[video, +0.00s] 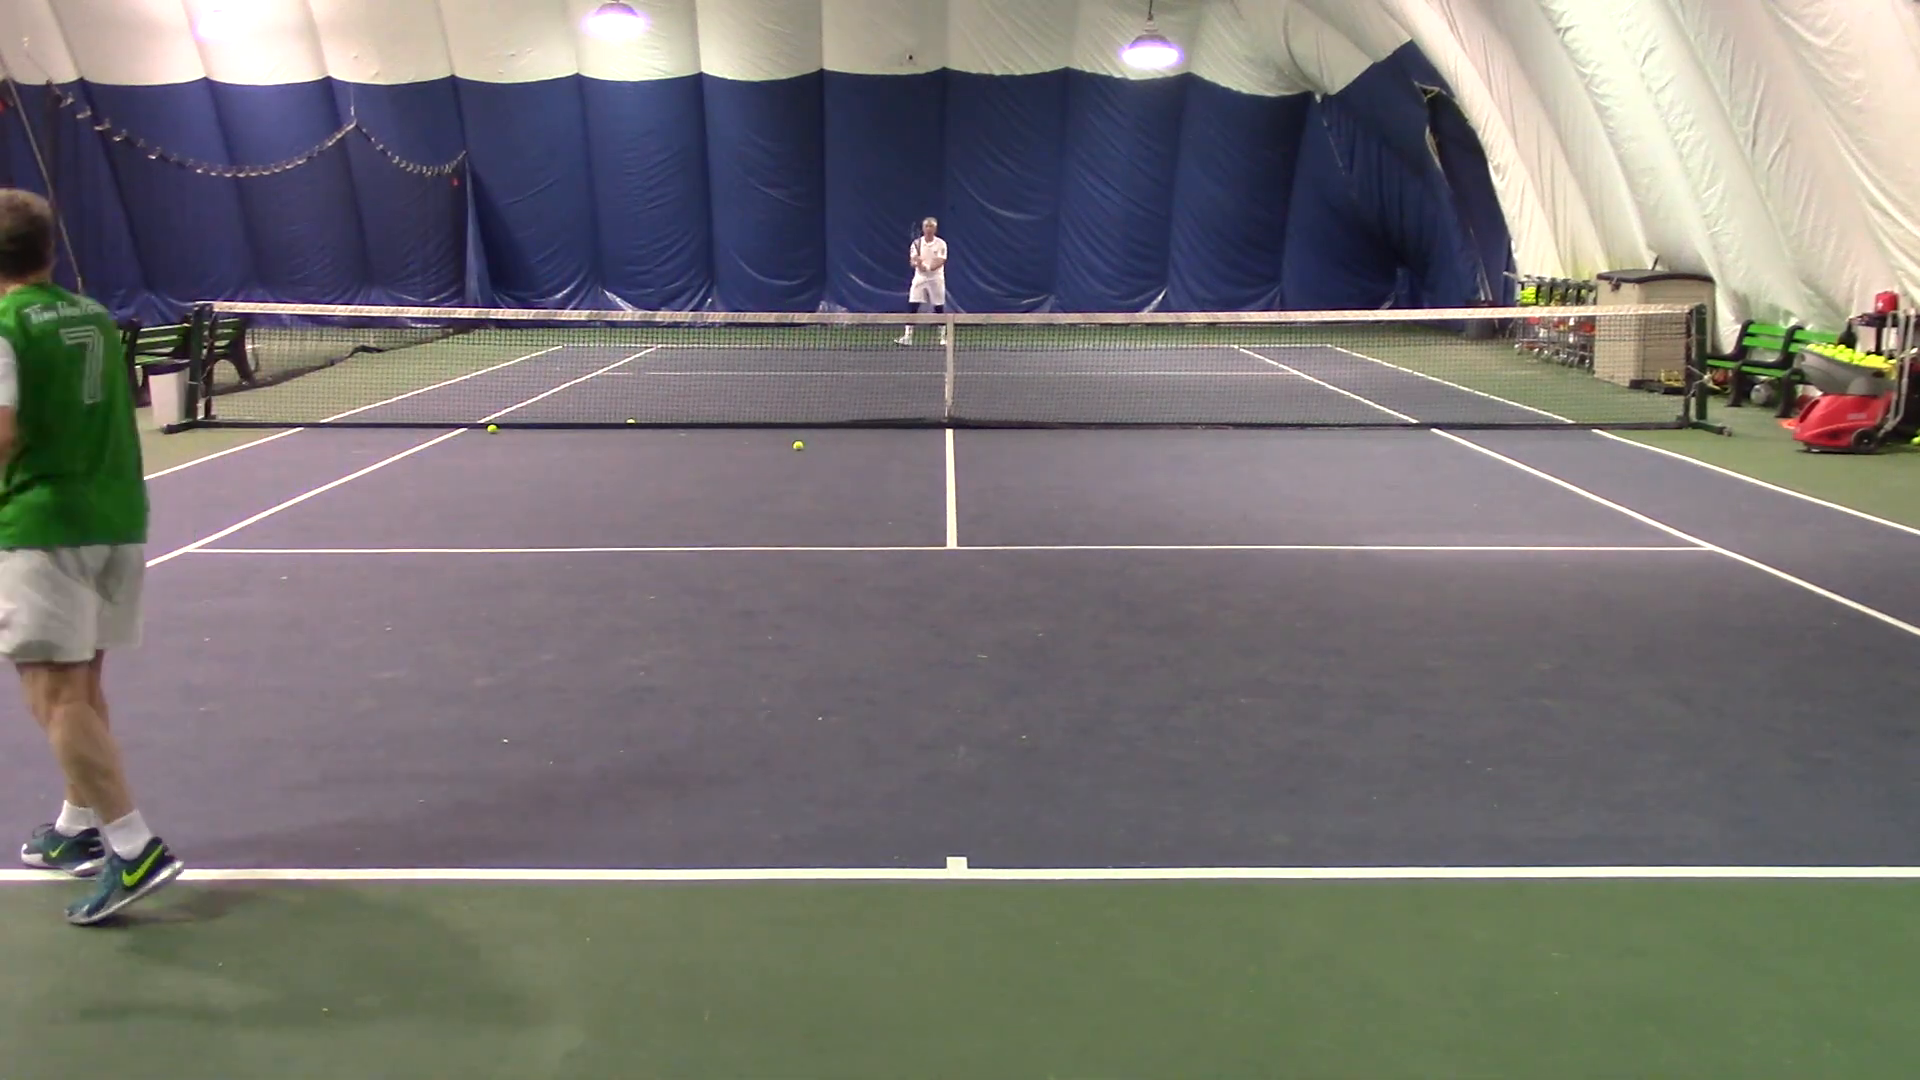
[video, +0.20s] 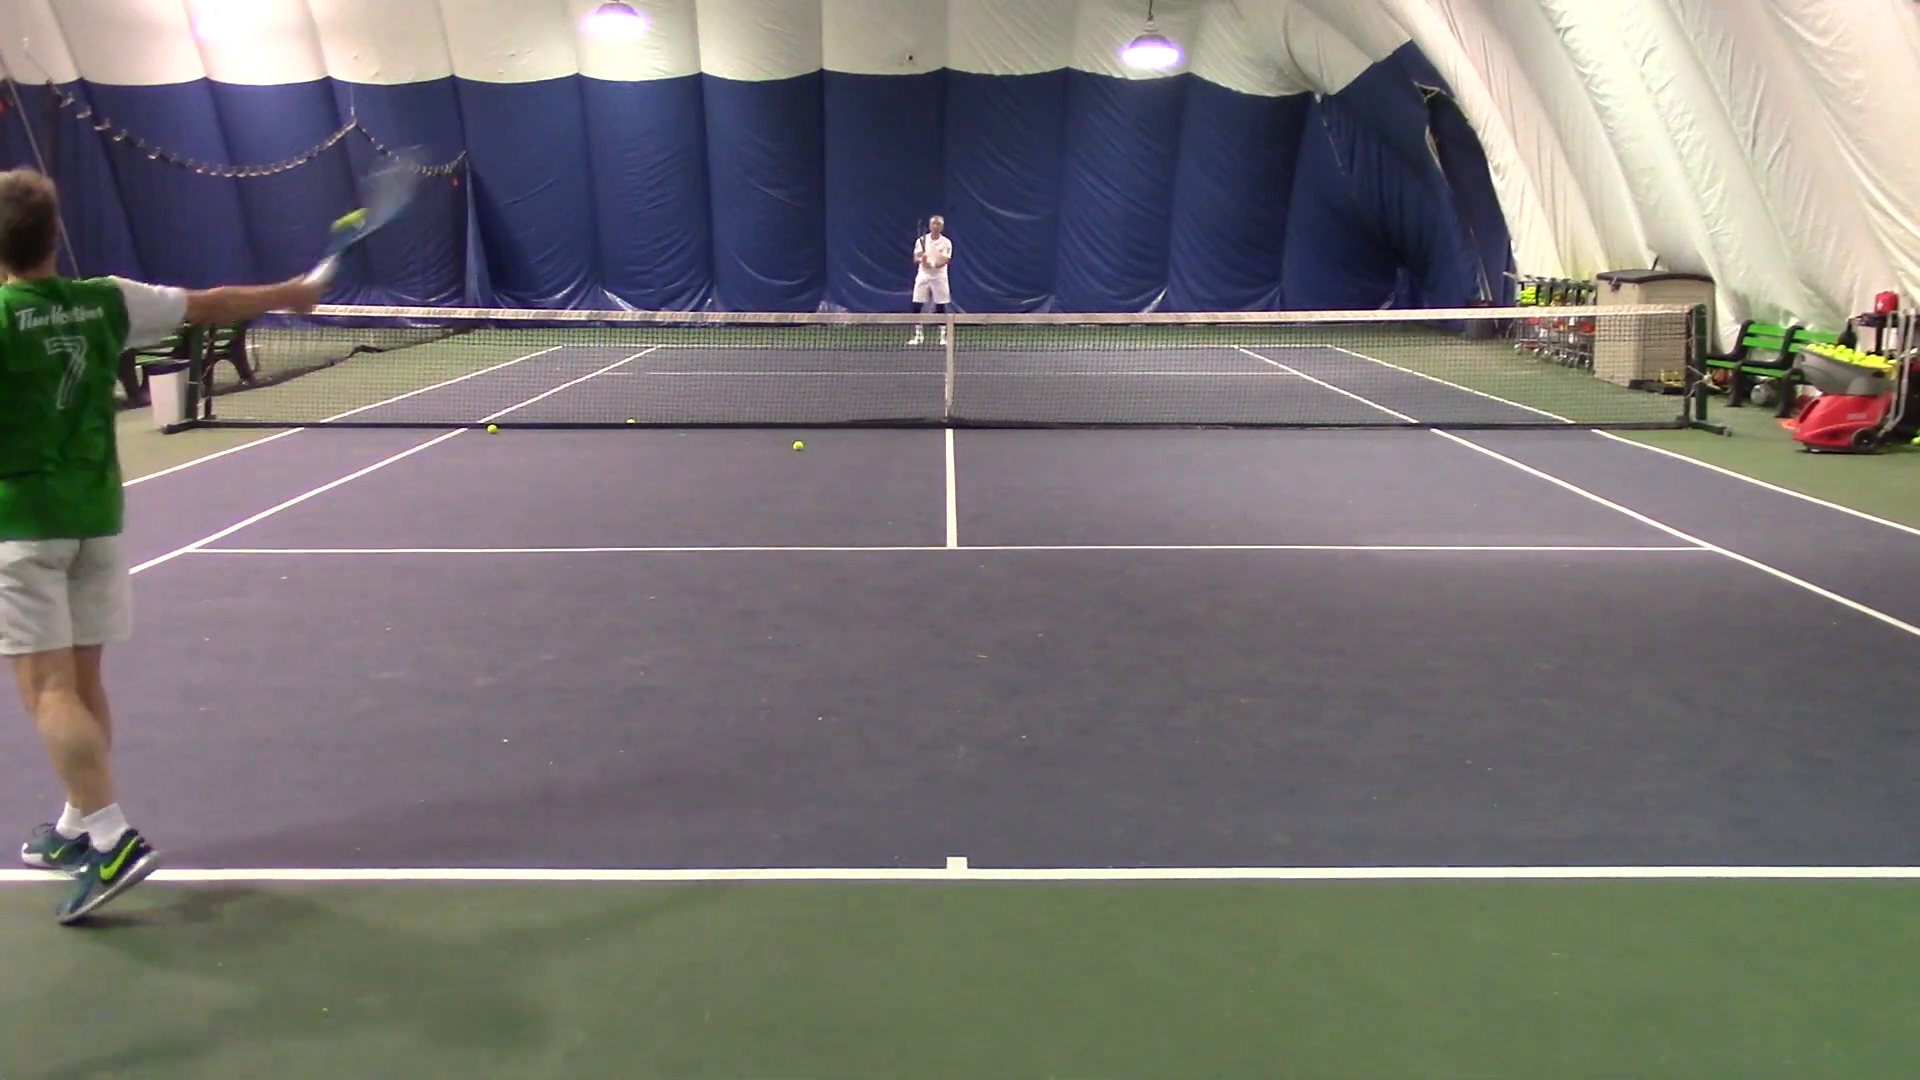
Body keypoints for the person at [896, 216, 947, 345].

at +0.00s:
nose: (928, 229)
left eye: (931, 226)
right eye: (926, 226)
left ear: (935, 229)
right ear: (923, 228)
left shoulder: (941, 244)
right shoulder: (916, 243)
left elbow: (942, 259)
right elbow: (913, 259)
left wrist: (931, 267)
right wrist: (919, 263)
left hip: (936, 279)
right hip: (919, 278)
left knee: (939, 307)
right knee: (912, 305)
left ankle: (942, 335)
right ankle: (908, 335)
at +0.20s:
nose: (935, 227)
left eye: (938, 224)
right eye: (934, 224)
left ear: (942, 227)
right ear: (930, 225)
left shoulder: (946, 242)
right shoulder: (921, 240)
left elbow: (946, 258)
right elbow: (915, 258)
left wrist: (936, 263)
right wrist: (921, 257)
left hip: (939, 277)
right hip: (923, 276)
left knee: (940, 306)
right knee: (917, 304)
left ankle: (942, 334)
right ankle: (918, 334)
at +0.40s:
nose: (935, 228)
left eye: (937, 225)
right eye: (933, 225)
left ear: (941, 227)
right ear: (929, 226)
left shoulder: (946, 243)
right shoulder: (921, 241)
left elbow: (947, 259)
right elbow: (916, 258)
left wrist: (938, 264)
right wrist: (923, 261)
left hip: (939, 277)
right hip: (924, 277)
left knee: (941, 306)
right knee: (921, 305)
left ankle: (943, 333)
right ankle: (923, 332)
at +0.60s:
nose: (932, 231)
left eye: (935, 229)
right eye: (930, 229)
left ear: (938, 230)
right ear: (927, 229)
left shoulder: (945, 244)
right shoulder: (919, 244)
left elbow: (947, 261)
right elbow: (916, 261)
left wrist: (938, 268)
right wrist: (923, 265)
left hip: (940, 278)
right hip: (925, 278)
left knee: (939, 304)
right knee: (923, 306)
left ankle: (943, 334)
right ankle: (924, 333)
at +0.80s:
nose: (933, 228)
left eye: (936, 226)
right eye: (931, 226)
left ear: (940, 227)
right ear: (928, 227)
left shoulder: (948, 243)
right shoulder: (924, 243)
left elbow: (951, 260)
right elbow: (921, 259)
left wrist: (940, 267)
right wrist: (927, 266)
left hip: (944, 278)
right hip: (930, 277)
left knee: (943, 305)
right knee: (927, 304)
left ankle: (944, 334)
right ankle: (928, 332)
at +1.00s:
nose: (937, 229)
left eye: (940, 226)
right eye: (935, 226)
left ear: (944, 227)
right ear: (932, 227)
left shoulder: (950, 242)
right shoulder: (928, 242)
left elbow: (951, 260)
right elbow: (926, 257)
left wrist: (939, 266)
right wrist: (928, 264)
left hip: (947, 276)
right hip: (935, 275)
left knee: (945, 305)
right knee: (933, 304)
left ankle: (948, 333)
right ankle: (943, 330)